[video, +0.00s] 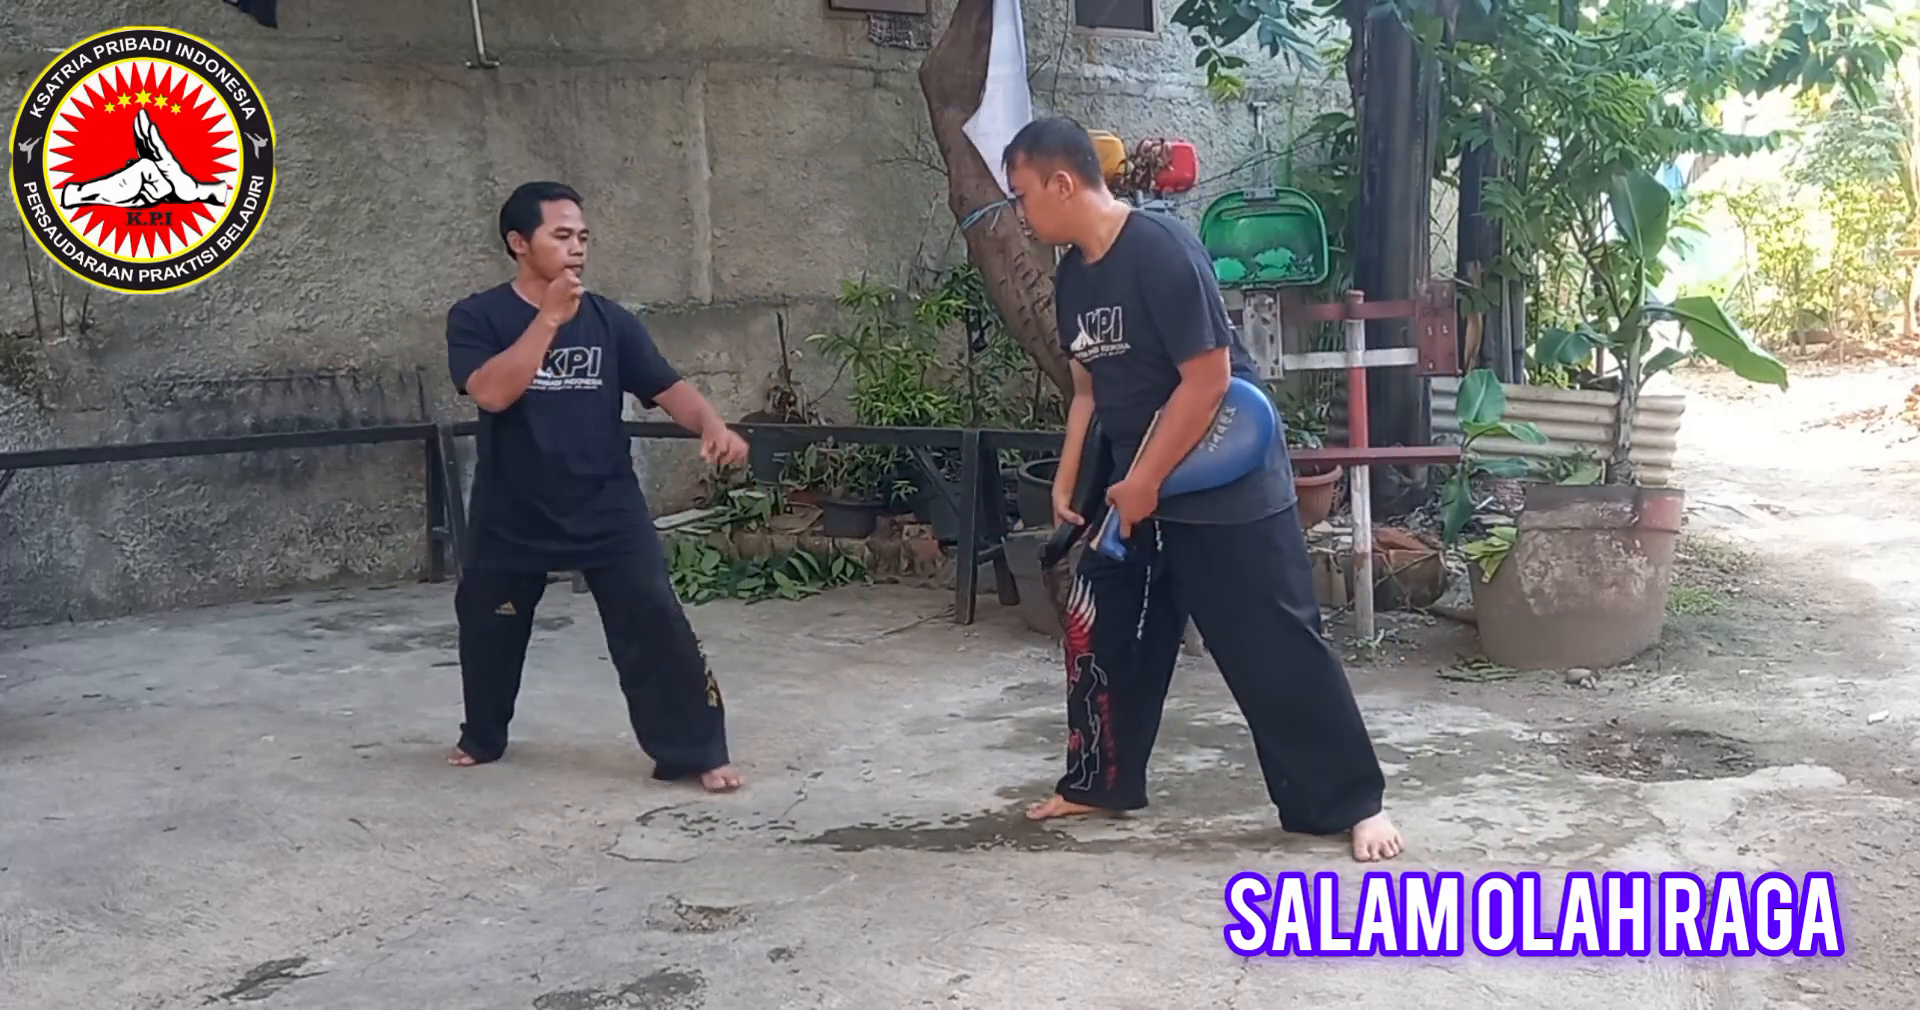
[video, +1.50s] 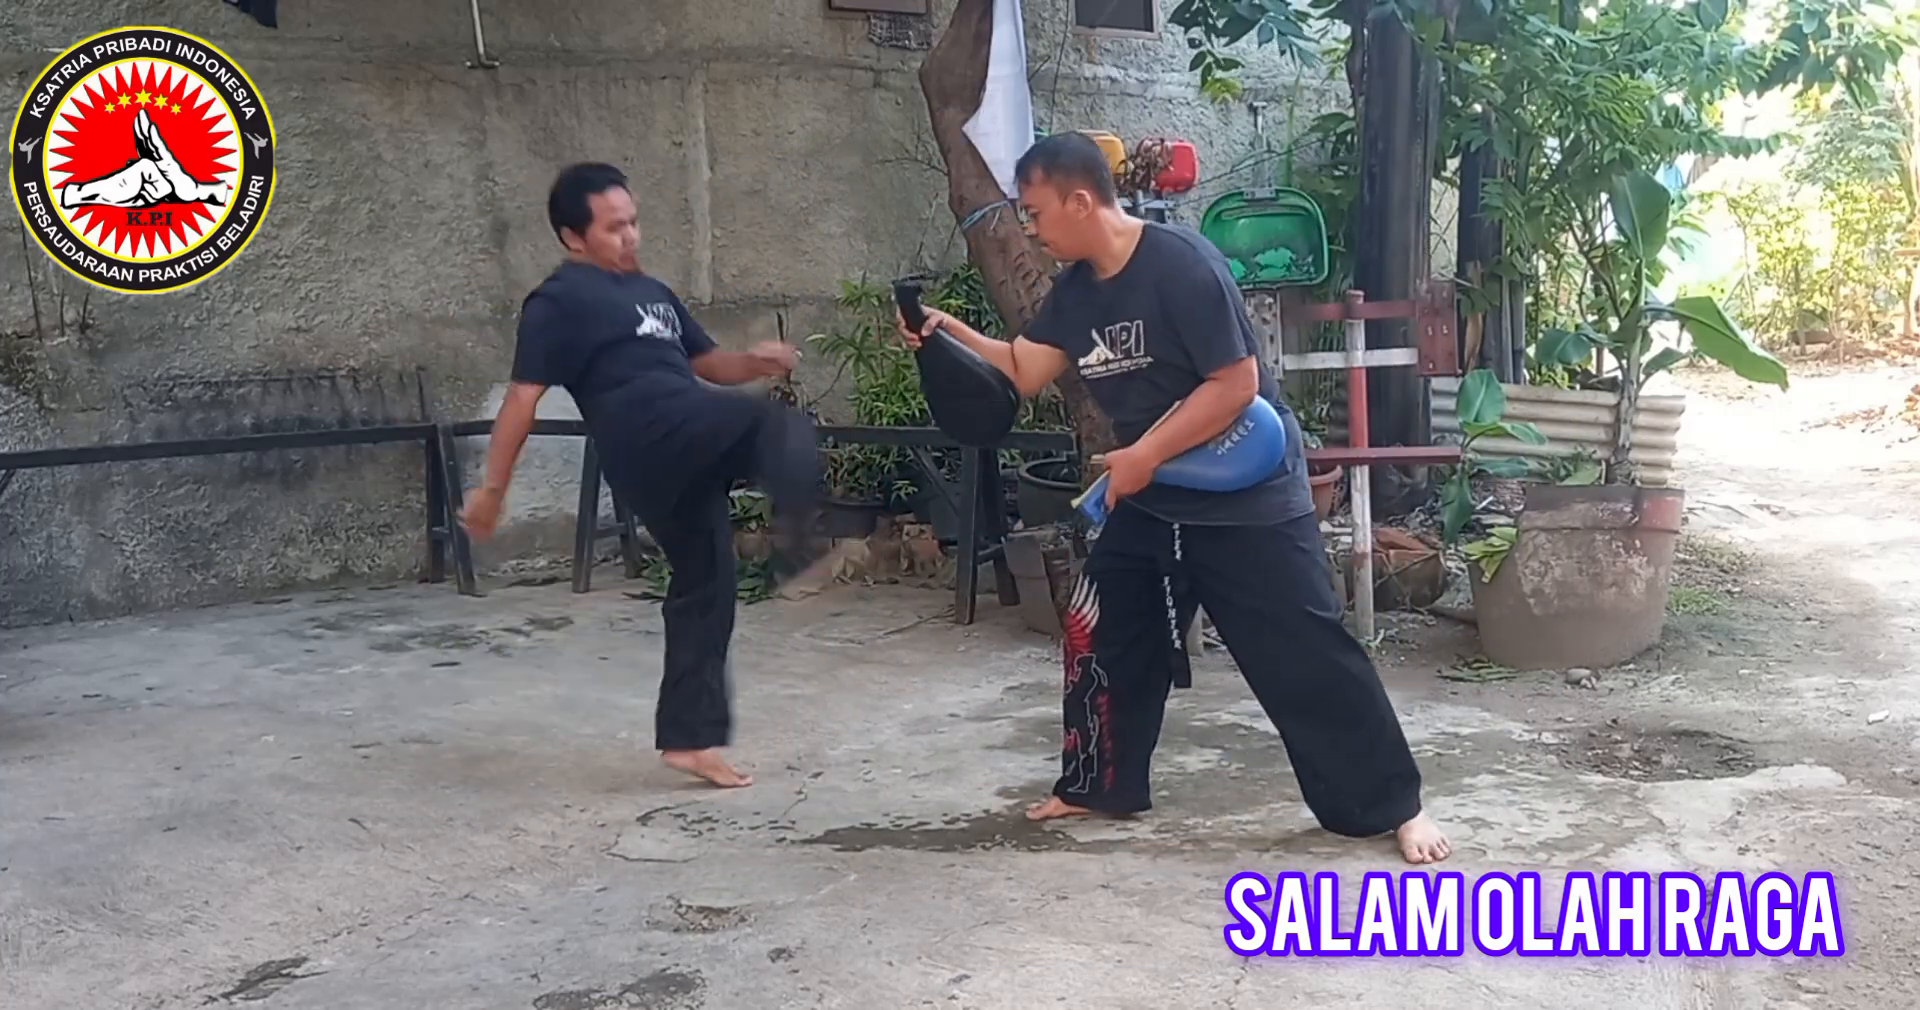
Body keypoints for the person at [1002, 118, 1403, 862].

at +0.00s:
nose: (1021, 217)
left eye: (1022, 199)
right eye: (1016, 203)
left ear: (1064, 182)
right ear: (1061, 185)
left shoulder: (1163, 247)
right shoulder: (1073, 271)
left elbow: (1207, 378)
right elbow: (1089, 386)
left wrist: (1145, 477)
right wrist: (1069, 477)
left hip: (1223, 486)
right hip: (1136, 491)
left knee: (1279, 640)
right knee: (1113, 638)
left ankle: (1361, 805)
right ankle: (1102, 783)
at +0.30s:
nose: (1021, 209)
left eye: (1022, 192)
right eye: (1017, 195)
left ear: (1064, 177)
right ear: (1065, 178)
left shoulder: (1160, 244)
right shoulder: (1074, 266)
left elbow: (1197, 382)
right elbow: (1086, 383)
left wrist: (1138, 482)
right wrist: (1060, 474)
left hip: (1214, 481)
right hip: (1128, 486)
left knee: (1278, 642)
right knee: (1113, 640)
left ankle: (1358, 806)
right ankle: (1104, 784)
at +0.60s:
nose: (1020, 206)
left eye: (1022, 189)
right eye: (1016, 192)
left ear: (1066, 176)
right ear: (1065, 177)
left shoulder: (1158, 247)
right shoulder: (1074, 265)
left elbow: (1192, 384)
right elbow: (1084, 385)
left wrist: (1131, 482)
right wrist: (1056, 475)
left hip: (1213, 487)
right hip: (1129, 491)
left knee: (1277, 645)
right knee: (1111, 643)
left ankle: (1358, 805)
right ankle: (1101, 786)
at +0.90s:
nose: (1018, 209)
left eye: (1020, 192)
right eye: (1015, 195)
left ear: (1064, 179)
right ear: (1062, 181)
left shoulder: (1156, 249)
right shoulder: (1071, 266)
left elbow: (1191, 385)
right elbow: (1081, 386)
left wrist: (1127, 481)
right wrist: (1051, 474)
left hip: (1211, 489)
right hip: (1125, 493)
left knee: (1274, 647)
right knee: (1105, 644)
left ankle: (1359, 806)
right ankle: (1099, 787)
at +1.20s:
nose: (1006, 240)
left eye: (1009, 222)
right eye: (1002, 226)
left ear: (1053, 211)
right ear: (1047, 215)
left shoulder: (1159, 266)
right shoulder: (1051, 297)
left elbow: (1218, 383)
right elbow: (1001, 371)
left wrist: (1131, 458)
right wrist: (925, 330)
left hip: (1234, 500)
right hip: (1137, 502)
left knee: (1291, 648)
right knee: (1101, 639)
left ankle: (1380, 801)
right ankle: (1102, 787)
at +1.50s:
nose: (1031, 230)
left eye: (1035, 213)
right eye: (1026, 215)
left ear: (1083, 200)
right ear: (1073, 205)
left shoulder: (1183, 262)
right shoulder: (1071, 288)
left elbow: (1235, 383)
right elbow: (1023, 369)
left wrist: (1146, 453)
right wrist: (946, 330)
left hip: (1246, 493)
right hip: (1147, 494)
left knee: (1311, 641)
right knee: (1108, 637)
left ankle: (1400, 805)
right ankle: (1105, 785)